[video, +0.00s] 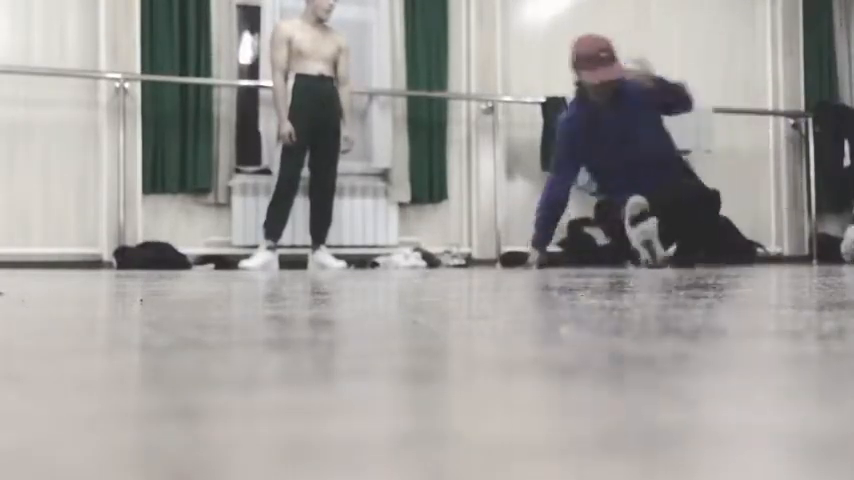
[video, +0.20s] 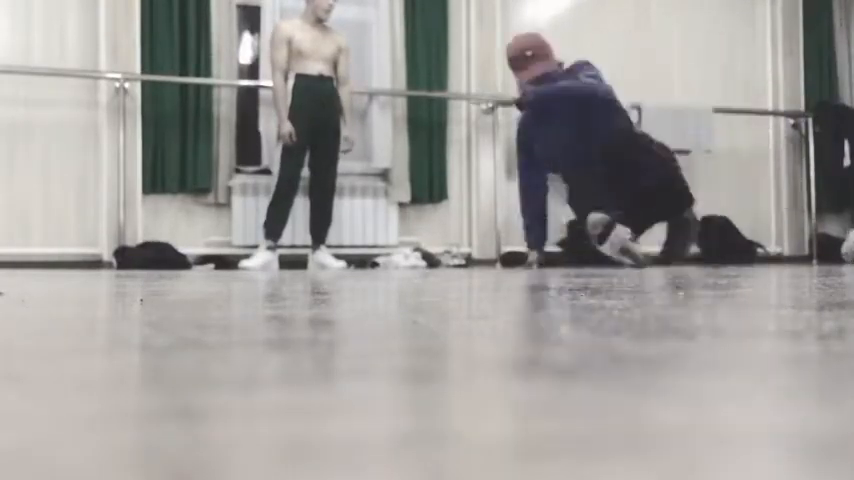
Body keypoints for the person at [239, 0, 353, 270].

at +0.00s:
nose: (330, 5)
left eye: (333, 2)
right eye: (325, 1)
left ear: (333, 7)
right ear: (310, 2)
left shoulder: (337, 40)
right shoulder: (286, 30)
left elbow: (343, 83)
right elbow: (278, 75)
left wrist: (346, 125)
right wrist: (283, 119)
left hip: (328, 100)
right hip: (299, 97)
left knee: (324, 180)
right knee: (288, 177)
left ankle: (319, 251)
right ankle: (268, 248)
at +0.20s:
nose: (329, 6)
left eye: (332, 2)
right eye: (325, 1)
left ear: (332, 7)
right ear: (310, 2)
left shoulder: (337, 40)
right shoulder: (286, 30)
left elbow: (343, 84)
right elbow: (278, 76)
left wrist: (346, 125)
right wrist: (283, 119)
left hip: (328, 101)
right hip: (299, 98)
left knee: (324, 180)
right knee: (288, 177)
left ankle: (319, 251)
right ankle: (268, 248)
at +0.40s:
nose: (329, 6)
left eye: (332, 3)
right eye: (325, 1)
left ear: (332, 7)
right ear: (310, 2)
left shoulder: (337, 40)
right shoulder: (285, 29)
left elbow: (342, 84)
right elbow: (278, 75)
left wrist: (346, 126)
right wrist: (283, 119)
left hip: (328, 100)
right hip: (299, 97)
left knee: (324, 179)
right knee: (288, 177)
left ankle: (319, 250)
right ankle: (268, 248)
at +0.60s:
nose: (329, 6)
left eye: (332, 3)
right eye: (324, 1)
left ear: (331, 7)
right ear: (310, 2)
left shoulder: (336, 39)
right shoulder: (285, 30)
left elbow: (342, 83)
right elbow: (278, 76)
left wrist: (345, 127)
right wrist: (283, 120)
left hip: (328, 100)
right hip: (299, 96)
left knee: (325, 180)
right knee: (288, 178)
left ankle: (319, 250)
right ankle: (268, 248)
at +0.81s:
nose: (329, 6)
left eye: (331, 3)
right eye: (324, 1)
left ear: (331, 7)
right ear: (310, 2)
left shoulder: (336, 39)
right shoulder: (285, 31)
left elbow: (342, 84)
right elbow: (278, 77)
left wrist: (344, 127)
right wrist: (283, 120)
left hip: (328, 100)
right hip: (299, 96)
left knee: (325, 180)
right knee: (288, 178)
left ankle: (319, 250)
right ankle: (268, 248)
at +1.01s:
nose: (328, 5)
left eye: (331, 2)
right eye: (324, 0)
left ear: (331, 6)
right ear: (309, 1)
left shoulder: (336, 39)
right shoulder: (285, 31)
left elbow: (343, 84)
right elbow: (277, 78)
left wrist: (345, 128)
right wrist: (283, 120)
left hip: (328, 100)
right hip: (299, 97)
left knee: (325, 180)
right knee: (288, 177)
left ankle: (319, 250)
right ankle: (268, 248)